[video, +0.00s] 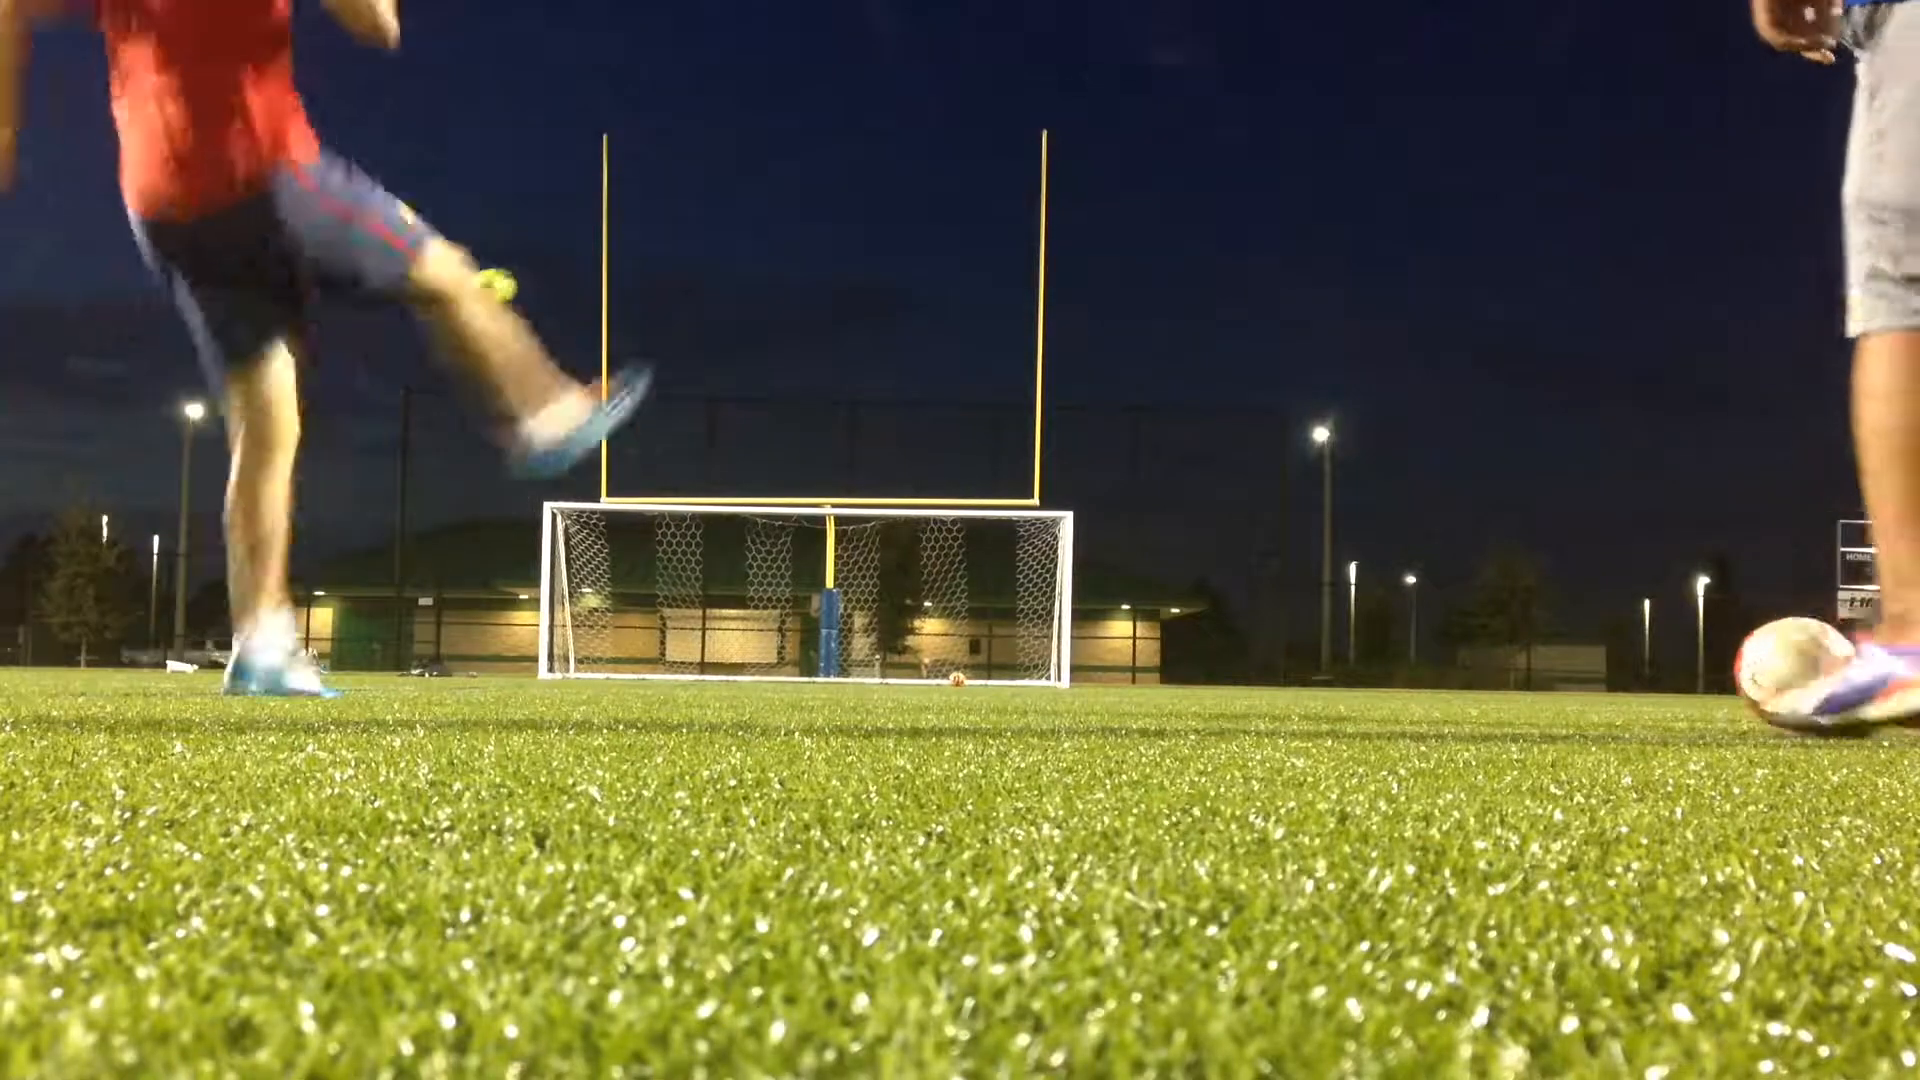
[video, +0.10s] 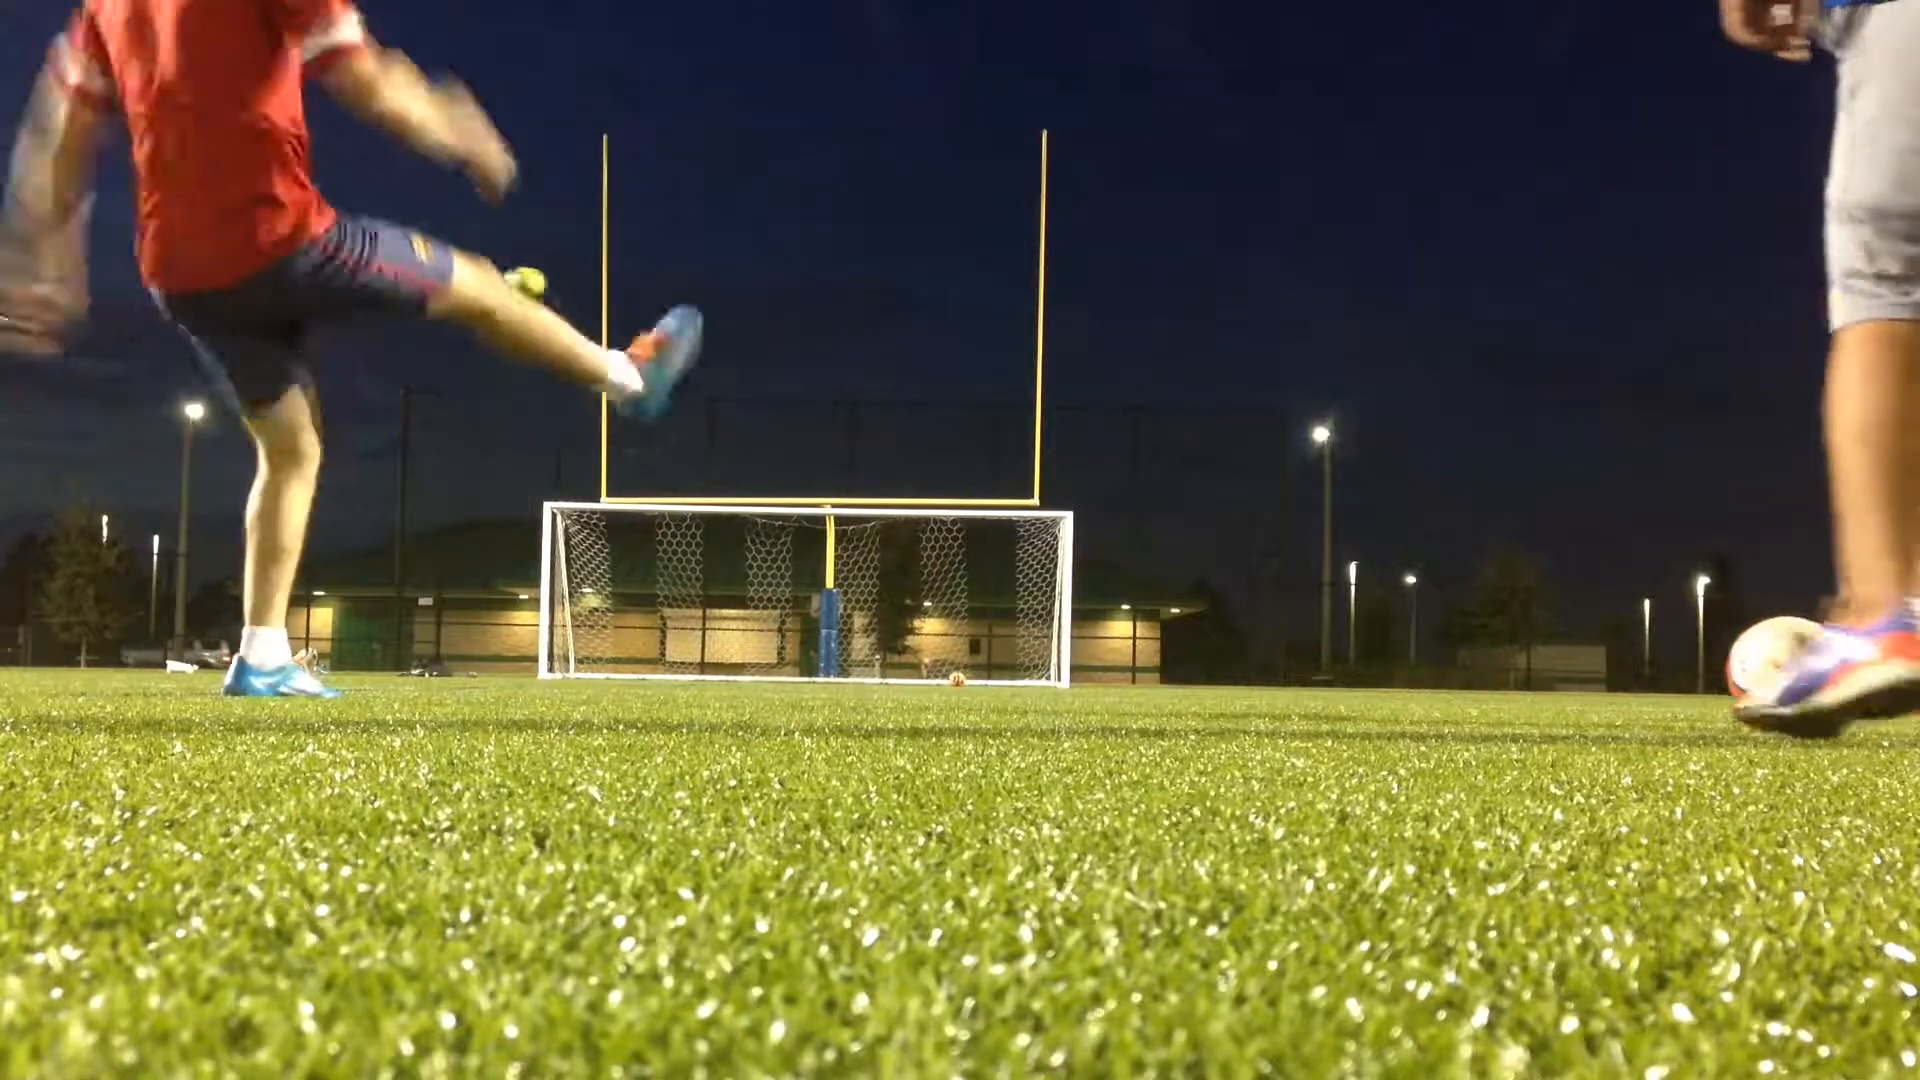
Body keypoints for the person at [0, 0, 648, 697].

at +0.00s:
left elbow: (16, 13)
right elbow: (378, 27)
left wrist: (9, 135)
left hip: (162, 183)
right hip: (257, 160)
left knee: (264, 420)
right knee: (444, 274)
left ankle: (261, 649)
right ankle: (544, 408)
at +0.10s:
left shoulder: (106, 11)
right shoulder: (284, 3)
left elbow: (55, 144)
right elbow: (369, 82)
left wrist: (49, 265)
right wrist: (462, 133)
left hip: (178, 263)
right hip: (281, 233)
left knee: (288, 447)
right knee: (477, 291)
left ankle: (262, 659)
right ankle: (629, 376)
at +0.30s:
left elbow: (124, 97)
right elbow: (287, 67)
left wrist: (218, 85)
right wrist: (379, 116)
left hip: (186, 206)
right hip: (284, 190)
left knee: (269, 430)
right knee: (421, 390)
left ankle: (261, 648)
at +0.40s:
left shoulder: (123, 1)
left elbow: (139, 94)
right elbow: (298, 70)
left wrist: (258, 52)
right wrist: (376, 110)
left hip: (185, 201)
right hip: (283, 188)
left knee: (261, 435)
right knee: (351, 418)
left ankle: (263, 646)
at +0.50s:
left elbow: (122, 93)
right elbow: (328, 82)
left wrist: (210, 115)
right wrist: (375, 143)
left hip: (154, 183)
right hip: (254, 175)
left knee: (266, 423)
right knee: (220, 427)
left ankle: (262, 650)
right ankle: (148, 655)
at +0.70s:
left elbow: (45, 33)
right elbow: (300, 47)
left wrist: (143, 57)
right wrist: (334, 121)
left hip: (96, 153)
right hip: (200, 148)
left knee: (208, 397)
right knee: (180, 406)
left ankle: (181, 637)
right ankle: (143, 654)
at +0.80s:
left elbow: (28, 27)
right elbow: (278, 36)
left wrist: (125, 51)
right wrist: (317, 129)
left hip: (78, 149)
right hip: (187, 145)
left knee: (146, 399)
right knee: (178, 408)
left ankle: (79, 616)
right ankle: (150, 657)